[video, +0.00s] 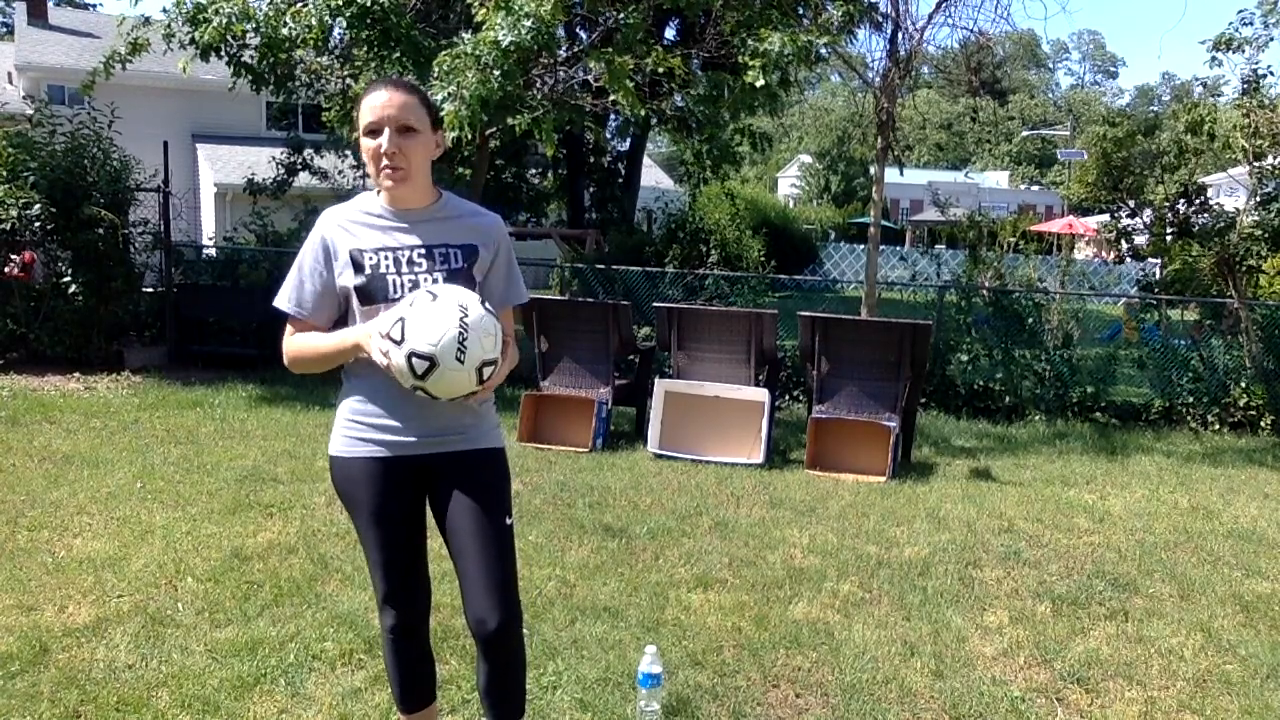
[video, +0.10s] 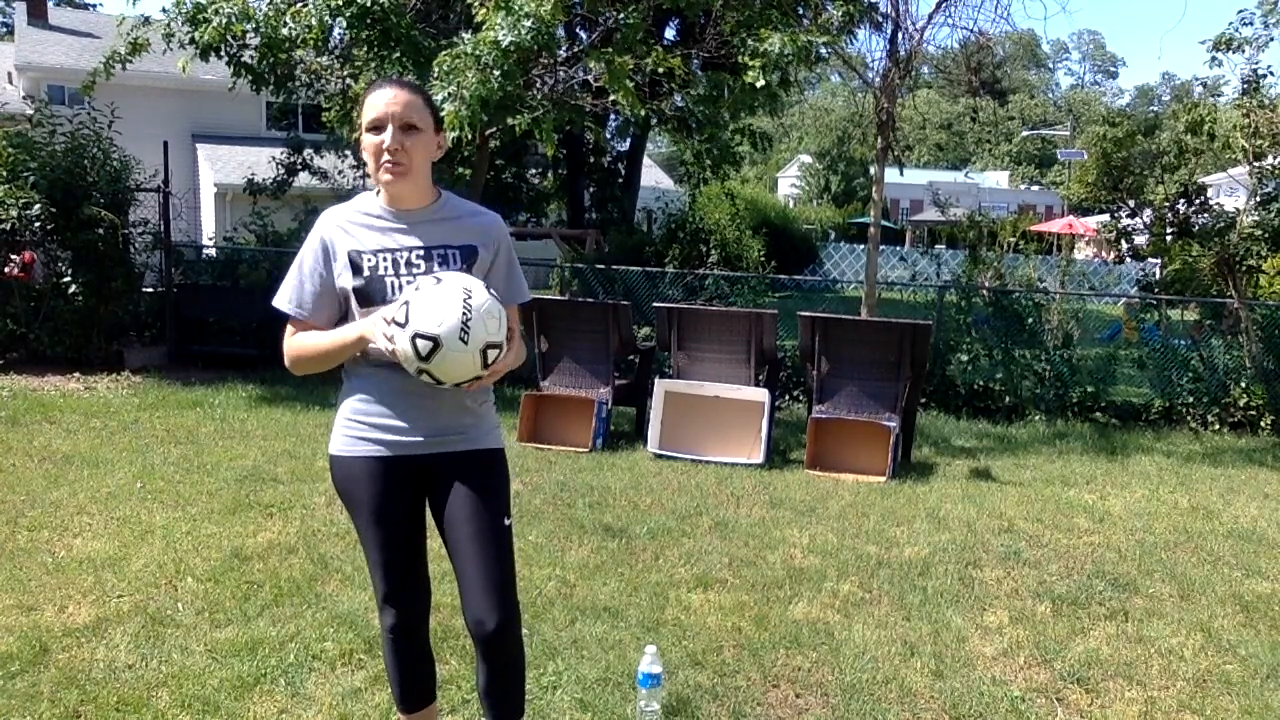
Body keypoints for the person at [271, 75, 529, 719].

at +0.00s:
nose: (389, 144)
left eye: (406, 130)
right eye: (374, 131)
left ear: (437, 141)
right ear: (359, 145)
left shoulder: (483, 228)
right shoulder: (336, 229)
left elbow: (507, 333)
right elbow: (295, 349)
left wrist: (498, 363)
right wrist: (357, 339)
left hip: (469, 441)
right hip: (373, 444)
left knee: (496, 621)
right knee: (402, 615)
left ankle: (505, 719)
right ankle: (420, 715)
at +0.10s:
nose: (391, 140)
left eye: (408, 128)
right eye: (377, 128)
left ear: (437, 143)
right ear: (361, 143)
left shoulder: (483, 227)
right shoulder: (336, 229)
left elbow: (514, 334)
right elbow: (295, 351)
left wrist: (506, 356)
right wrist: (359, 332)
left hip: (468, 441)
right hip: (373, 442)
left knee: (494, 621)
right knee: (402, 615)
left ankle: (505, 719)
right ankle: (420, 715)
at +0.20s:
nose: (397, 138)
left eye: (414, 126)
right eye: (382, 125)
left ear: (438, 143)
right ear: (361, 140)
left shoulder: (482, 224)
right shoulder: (334, 228)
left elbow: (523, 335)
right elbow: (302, 357)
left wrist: (513, 348)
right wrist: (362, 330)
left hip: (469, 438)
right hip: (374, 440)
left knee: (495, 620)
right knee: (402, 612)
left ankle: (506, 719)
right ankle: (420, 715)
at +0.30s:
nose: (402, 138)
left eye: (419, 126)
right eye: (386, 124)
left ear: (438, 142)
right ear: (361, 140)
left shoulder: (481, 221)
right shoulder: (334, 226)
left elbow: (534, 339)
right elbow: (308, 359)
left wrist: (514, 340)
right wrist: (366, 330)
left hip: (471, 437)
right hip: (376, 440)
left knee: (495, 619)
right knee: (402, 611)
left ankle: (506, 719)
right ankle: (419, 716)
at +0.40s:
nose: (403, 142)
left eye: (419, 129)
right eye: (387, 128)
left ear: (438, 143)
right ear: (361, 142)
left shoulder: (481, 222)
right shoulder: (334, 228)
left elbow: (535, 343)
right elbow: (306, 359)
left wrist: (516, 334)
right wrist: (363, 330)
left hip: (472, 439)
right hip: (377, 442)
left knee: (496, 618)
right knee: (402, 610)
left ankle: (506, 719)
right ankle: (419, 716)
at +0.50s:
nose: (401, 144)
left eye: (416, 130)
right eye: (384, 130)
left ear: (438, 142)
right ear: (361, 145)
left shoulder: (482, 223)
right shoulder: (335, 229)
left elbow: (528, 340)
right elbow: (299, 356)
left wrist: (506, 344)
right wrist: (356, 333)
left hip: (472, 439)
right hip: (377, 440)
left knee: (497, 618)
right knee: (402, 610)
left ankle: (506, 718)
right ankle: (419, 715)